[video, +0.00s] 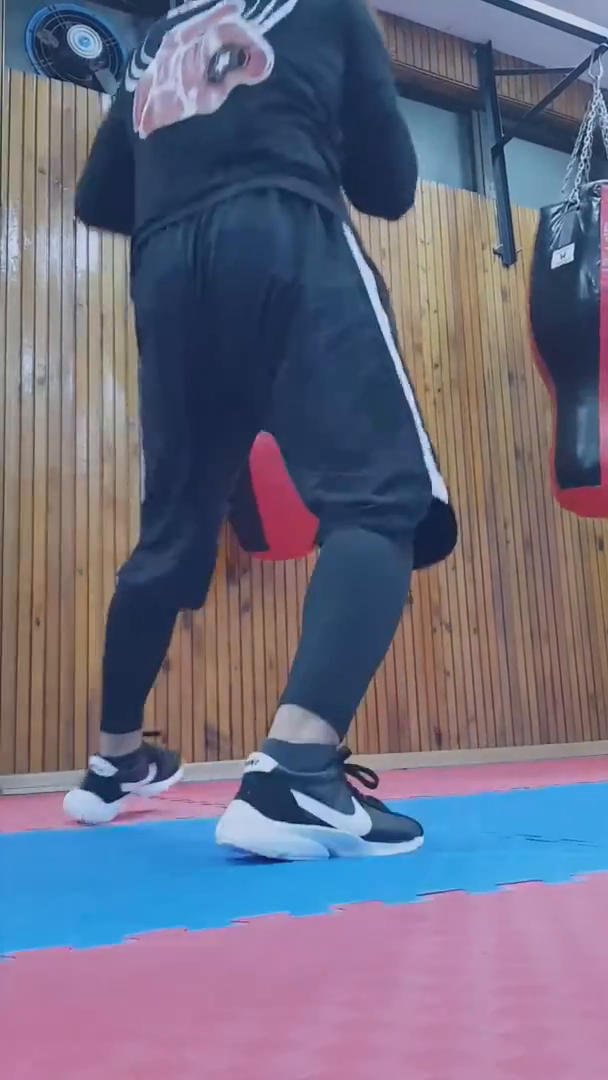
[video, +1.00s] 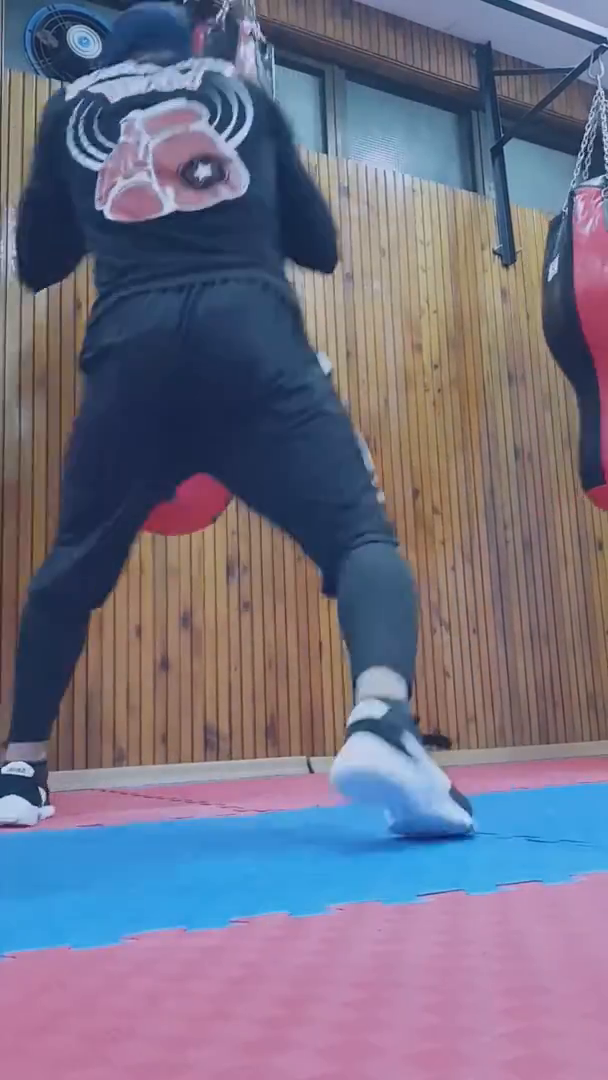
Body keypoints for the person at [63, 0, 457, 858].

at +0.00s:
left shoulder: (157, 52)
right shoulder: (330, 12)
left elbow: (99, 196)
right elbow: (388, 186)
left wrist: (204, 194)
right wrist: (310, 122)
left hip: (165, 262)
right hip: (287, 236)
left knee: (172, 520)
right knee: (375, 502)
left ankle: (114, 758)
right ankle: (295, 769)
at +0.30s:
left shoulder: (190, 29)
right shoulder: (356, 8)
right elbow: (428, 166)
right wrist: (342, 103)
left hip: (141, 254)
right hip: (259, 241)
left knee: (156, 519)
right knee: (422, 502)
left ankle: (90, 751)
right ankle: (398, 751)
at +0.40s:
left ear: (240, 11)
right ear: (302, 3)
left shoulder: (197, 69)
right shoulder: (318, 15)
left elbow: (253, 251)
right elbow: (346, 176)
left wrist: (374, 229)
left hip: (113, 293)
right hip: (212, 268)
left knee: (157, 538)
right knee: (411, 502)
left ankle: (31, 741)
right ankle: (394, 750)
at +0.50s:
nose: (306, 94)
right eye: (304, 79)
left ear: (219, 51)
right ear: (279, 46)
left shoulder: (166, 129)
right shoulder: (265, 55)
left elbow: (219, 251)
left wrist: (321, 298)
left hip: (98, 338)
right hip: (192, 306)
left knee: (148, 567)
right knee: (398, 517)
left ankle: (31, 755)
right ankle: (393, 730)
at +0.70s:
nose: (45, 73)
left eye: (47, 59)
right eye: (50, 61)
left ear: (59, 53)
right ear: (116, 63)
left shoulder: (69, 82)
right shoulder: (172, 142)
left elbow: (60, 195)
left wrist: (14, 235)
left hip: (118, 322)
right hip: (226, 325)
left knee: (30, 549)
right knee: (274, 542)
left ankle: (12, 761)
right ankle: (442, 656)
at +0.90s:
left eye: (65, 79)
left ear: (69, 90)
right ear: (150, 84)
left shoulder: (42, 128)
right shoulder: (214, 131)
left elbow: (15, 271)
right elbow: (285, 278)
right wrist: (193, 278)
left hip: (121, 350)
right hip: (241, 346)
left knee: (44, 564)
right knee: (320, 551)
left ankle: (15, 764)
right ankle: (364, 689)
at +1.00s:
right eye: (207, 29)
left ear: (114, 50)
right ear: (197, 37)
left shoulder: (71, 112)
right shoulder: (244, 94)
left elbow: (36, 262)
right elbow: (318, 245)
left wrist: (105, 176)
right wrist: (229, 186)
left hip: (130, 342)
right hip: (248, 326)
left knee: (78, 557)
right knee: (357, 535)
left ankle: (19, 765)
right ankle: (382, 716)